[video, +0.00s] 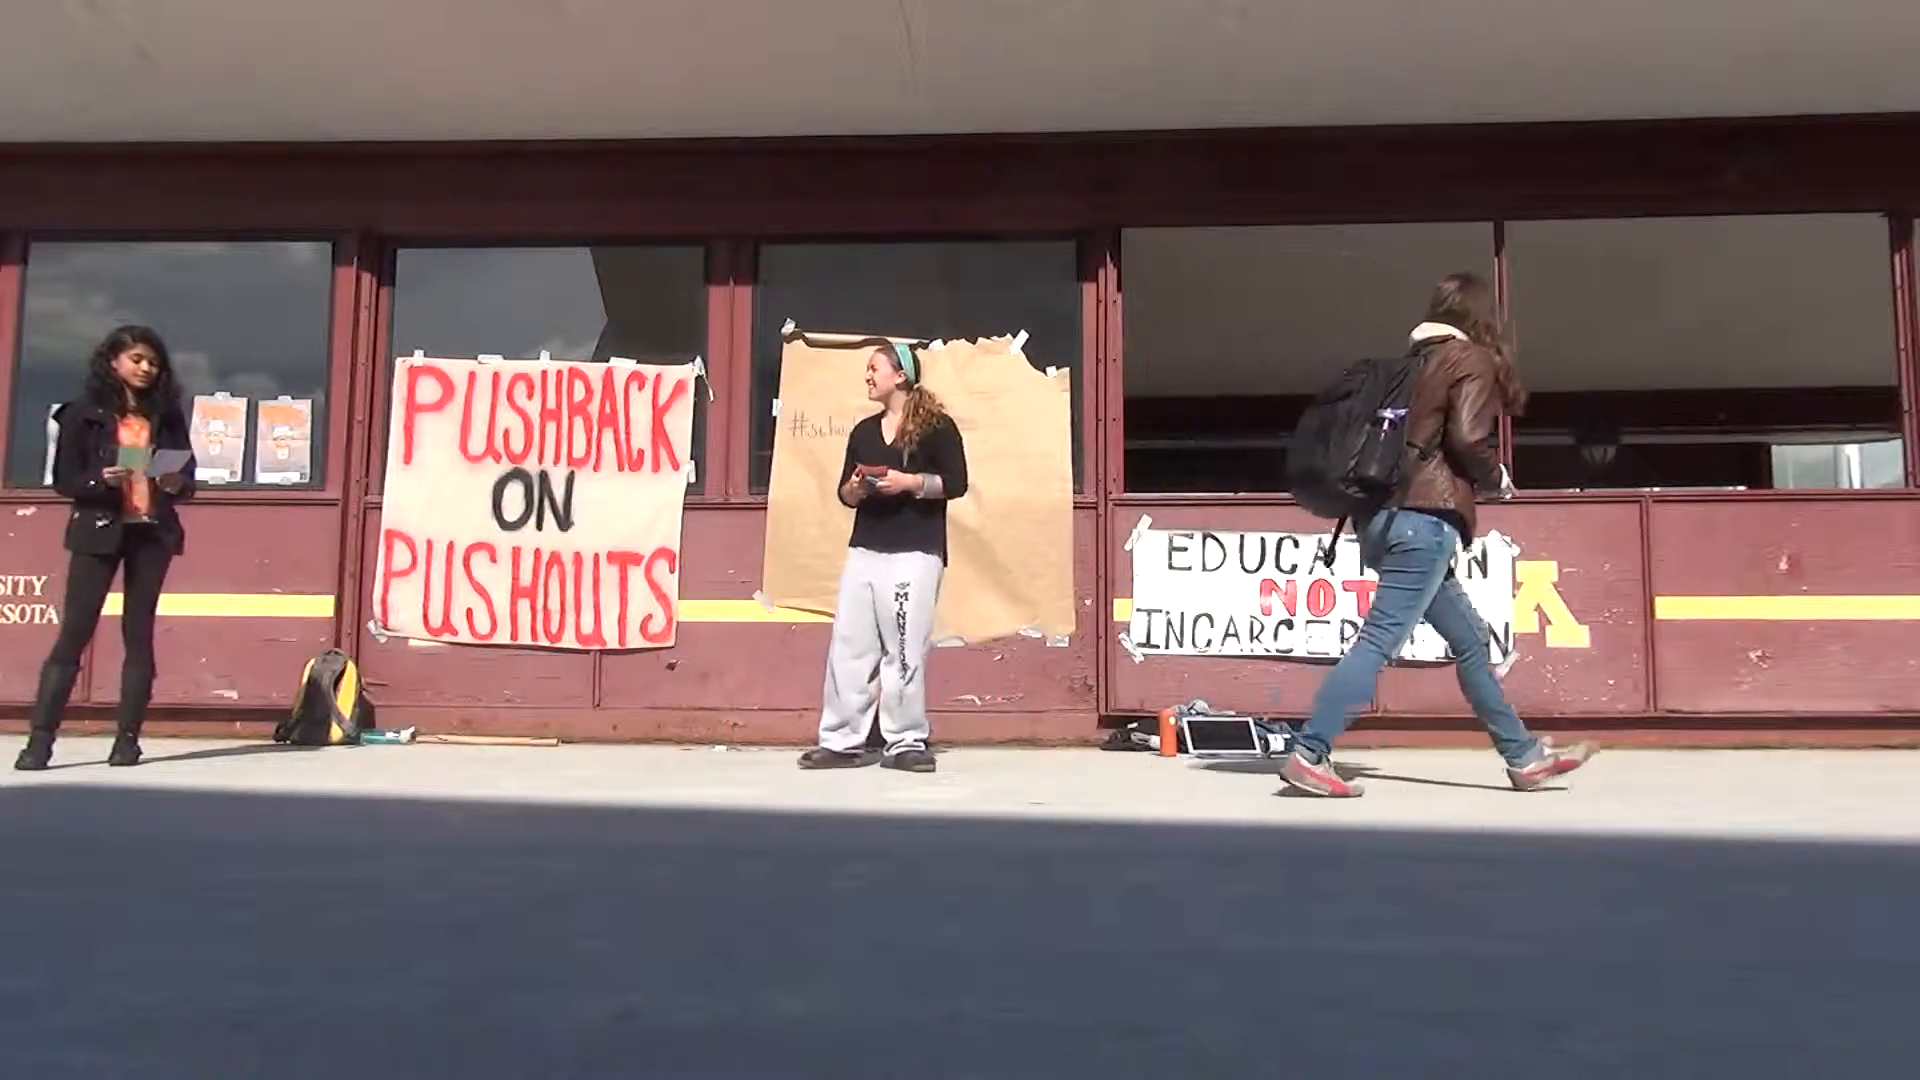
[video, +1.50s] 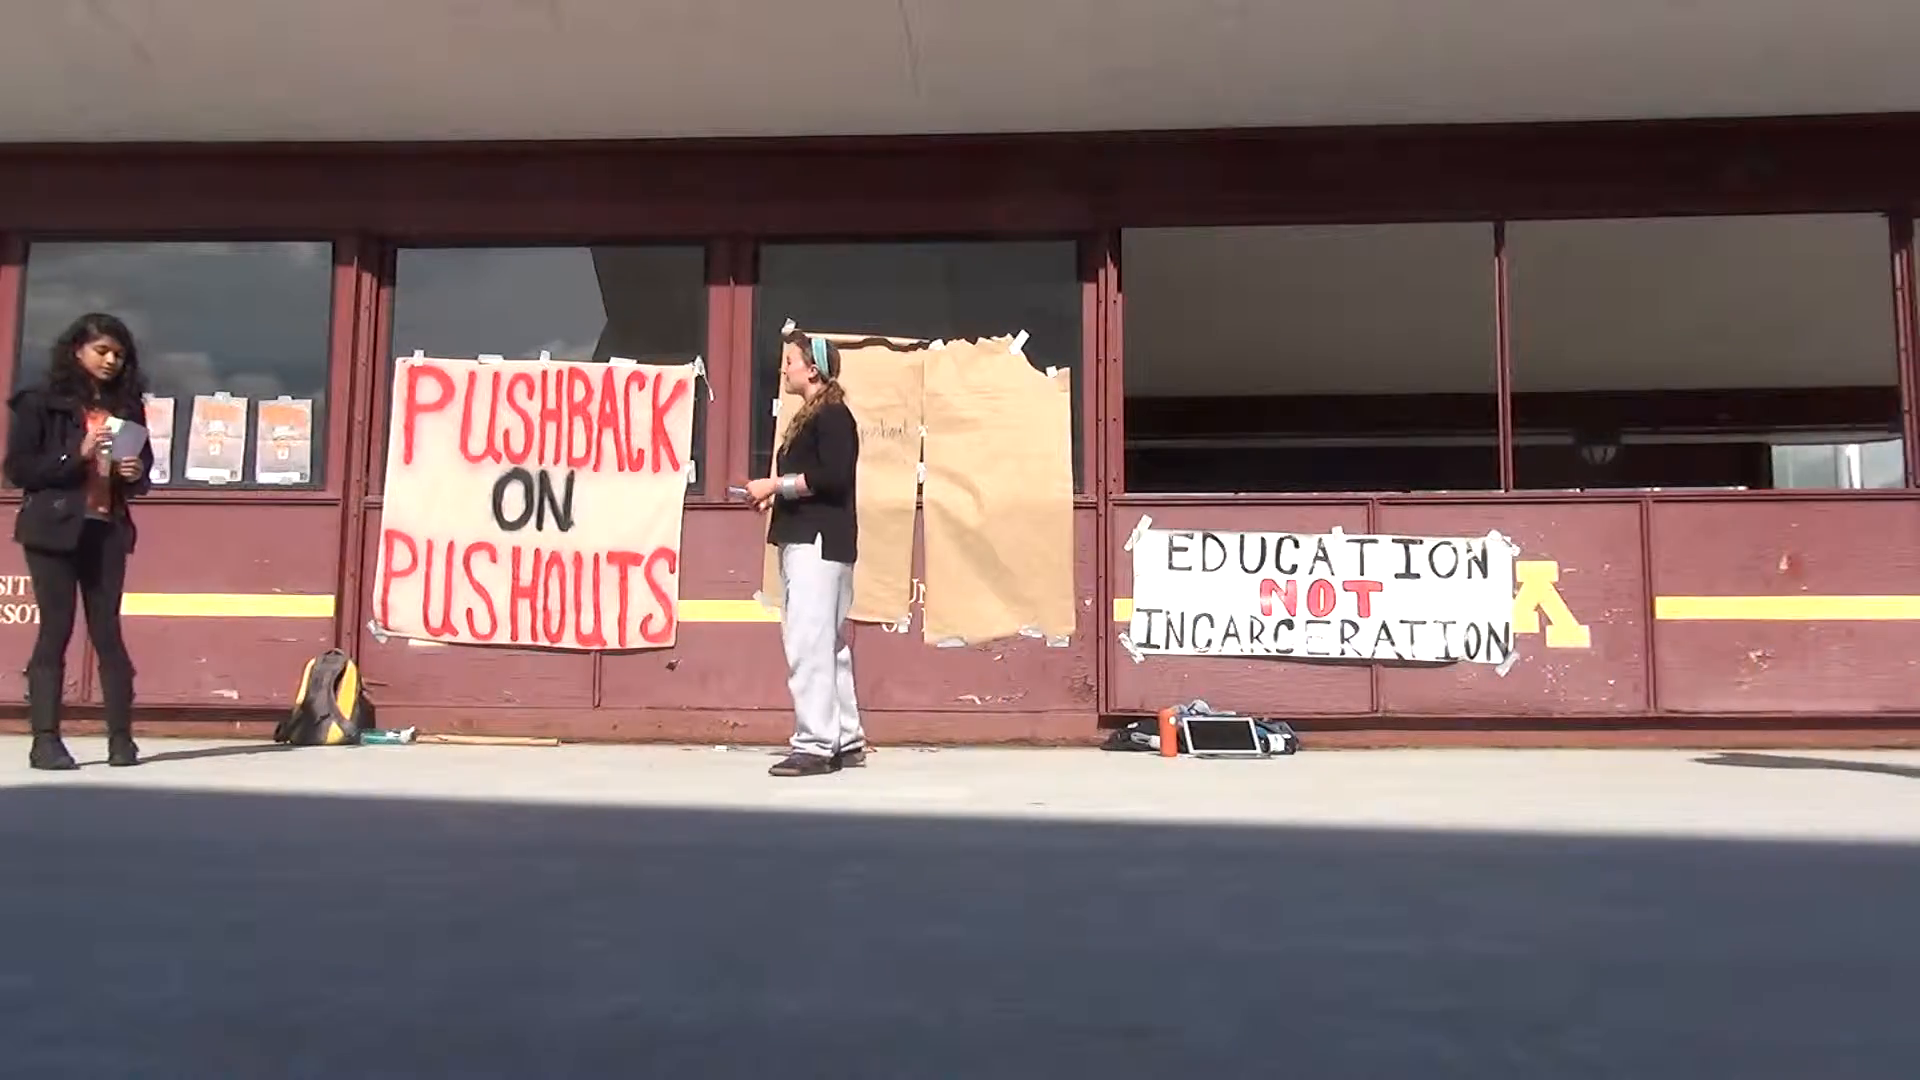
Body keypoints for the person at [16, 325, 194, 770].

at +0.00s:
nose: (145, 368)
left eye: (152, 362)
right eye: (136, 359)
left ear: (158, 370)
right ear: (112, 361)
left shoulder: (168, 416)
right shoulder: (82, 413)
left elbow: (187, 483)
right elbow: (64, 482)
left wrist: (177, 484)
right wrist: (103, 481)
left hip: (151, 532)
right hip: (99, 530)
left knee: (138, 629)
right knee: (76, 628)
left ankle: (128, 737)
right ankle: (41, 738)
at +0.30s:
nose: (153, 371)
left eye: (160, 365)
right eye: (144, 362)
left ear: (166, 372)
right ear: (122, 364)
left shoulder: (174, 417)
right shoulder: (92, 411)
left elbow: (193, 482)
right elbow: (74, 482)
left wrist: (184, 488)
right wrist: (124, 482)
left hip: (157, 532)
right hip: (105, 529)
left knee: (139, 628)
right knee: (83, 627)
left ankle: (126, 737)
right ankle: (44, 735)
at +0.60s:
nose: (151, 372)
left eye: (159, 366)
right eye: (143, 363)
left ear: (165, 372)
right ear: (121, 364)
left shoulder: (173, 417)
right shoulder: (89, 412)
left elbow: (191, 480)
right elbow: (69, 480)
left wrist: (175, 484)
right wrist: (115, 481)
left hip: (152, 532)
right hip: (100, 527)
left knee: (135, 629)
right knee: (78, 627)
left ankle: (125, 736)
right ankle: (45, 732)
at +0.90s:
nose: (137, 368)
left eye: (144, 362)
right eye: (128, 359)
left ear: (152, 368)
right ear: (105, 360)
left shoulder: (161, 418)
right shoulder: (74, 409)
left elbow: (175, 486)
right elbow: (53, 475)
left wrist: (162, 480)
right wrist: (101, 474)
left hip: (138, 532)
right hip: (86, 528)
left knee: (125, 632)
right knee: (76, 629)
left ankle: (124, 738)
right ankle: (45, 736)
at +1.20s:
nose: (122, 363)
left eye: (130, 357)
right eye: (114, 353)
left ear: (136, 364)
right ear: (89, 353)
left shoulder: (141, 410)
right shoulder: (55, 404)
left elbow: (155, 477)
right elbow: (33, 470)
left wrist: (145, 477)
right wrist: (87, 470)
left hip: (119, 529)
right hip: (64, 526)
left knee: (113, 629)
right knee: (63, 627)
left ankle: (124, 736)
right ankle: (45, 738)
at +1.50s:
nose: (109, 361)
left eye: (117, 354)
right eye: (101, 351)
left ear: (124, 360)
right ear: (76, 349)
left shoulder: (127, 406)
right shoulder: (39, 401)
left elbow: (143, 470)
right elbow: (19, 470)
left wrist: (136, 472)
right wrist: (77, 459)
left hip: (106, 528)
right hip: (52, 526)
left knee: (106, 629)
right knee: (57, 627)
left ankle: (121, 735)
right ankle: (45, 740)